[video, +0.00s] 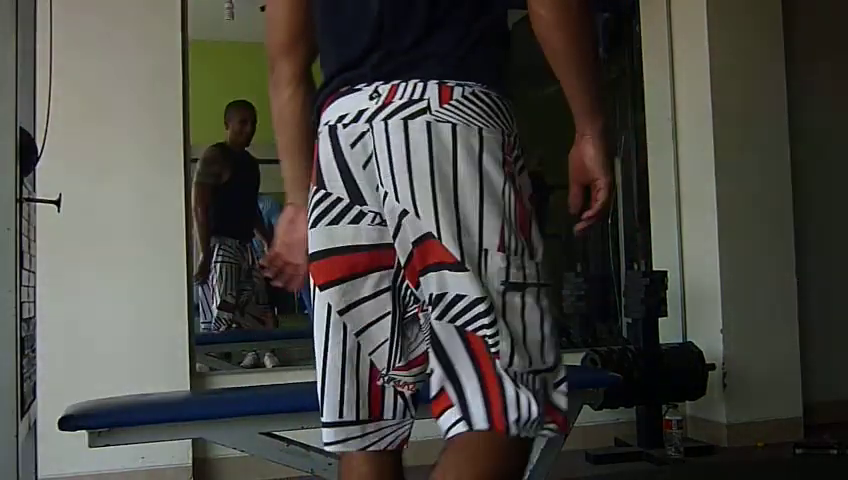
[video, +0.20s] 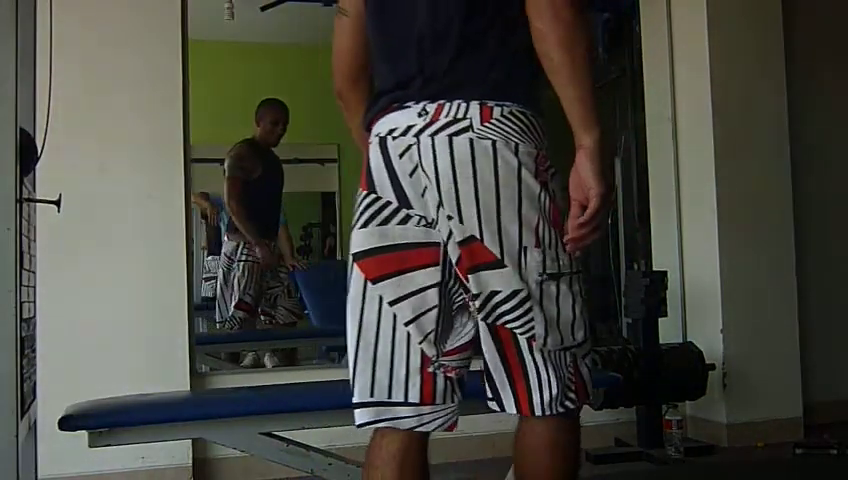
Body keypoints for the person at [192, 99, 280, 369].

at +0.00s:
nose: (249, 128)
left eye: (252, 123)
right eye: (243, 122)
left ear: (256, 126)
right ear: (228, 125)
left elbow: (252, 209)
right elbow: (199, 207)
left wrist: (271, 243)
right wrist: (205, 255)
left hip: (246, 249)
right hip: (221, 248)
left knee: (256, 316)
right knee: (223, 318)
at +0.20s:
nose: (280, 131)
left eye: (284, 125)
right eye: (275, 124)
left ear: (286, 127)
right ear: (259, 122)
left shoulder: (274, 162)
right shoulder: (241, 153)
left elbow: (274, 214)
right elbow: (232, 203)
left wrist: (287, 254)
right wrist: (259, 243)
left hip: (268, 250)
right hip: (243, 248)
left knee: (285, 313)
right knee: (238, 319)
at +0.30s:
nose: (294, 132)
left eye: (297, 127)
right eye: (288, 125)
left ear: (299, 127)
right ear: (272, 123)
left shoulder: (283, 160)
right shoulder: (256, 155)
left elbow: (280, 208)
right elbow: (251, 205)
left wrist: (289, 244)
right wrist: (284, 240)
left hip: (282, 250)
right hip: (261, 249)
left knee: (295, 320)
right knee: (253, 320)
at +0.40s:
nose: (309, 132)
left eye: (311, 127)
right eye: (303, 125)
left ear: (312, 127)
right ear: (286, 123)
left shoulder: (293, 158)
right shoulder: (272, 155)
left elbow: (292, 208)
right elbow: (265, 205)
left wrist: (304, 241)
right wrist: (298, 239)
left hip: (291, 247)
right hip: (281, 249)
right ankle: (251, 365)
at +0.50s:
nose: (323, 130)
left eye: (325, 124)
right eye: (320, 123)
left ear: (304, 123)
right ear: (303, 122)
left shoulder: (304, 158)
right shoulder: (283, 153)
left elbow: (305, 204)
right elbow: (274, 202)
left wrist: (320, 234)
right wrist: (305, 241)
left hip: (307, 245)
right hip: (297, 247)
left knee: (303, 316)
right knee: (337, 305)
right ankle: (292, 365)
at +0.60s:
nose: (334, 129)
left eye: (336, 123)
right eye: (332, 122)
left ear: (312, 120)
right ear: (315, 119)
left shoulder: (311, 153)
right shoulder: (295, 149)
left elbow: (310, 203)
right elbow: (281, 197)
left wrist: (329, 239)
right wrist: (308, 241)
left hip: (314, 239)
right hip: (314, 241)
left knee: (322, 312)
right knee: (367, 295)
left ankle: (321, 375)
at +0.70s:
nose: (346, 129)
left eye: (346, 123)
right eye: (342, 122)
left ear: (323, 121)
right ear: (323, 119)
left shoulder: (321, 153)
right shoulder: (306, 148)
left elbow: (328, 212)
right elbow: (291, 196)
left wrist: (355, 244)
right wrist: (317, 238)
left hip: (324, 240)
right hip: (323, 240)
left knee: (334, 315)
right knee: (384, 290)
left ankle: (323, 379)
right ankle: (395, 363)